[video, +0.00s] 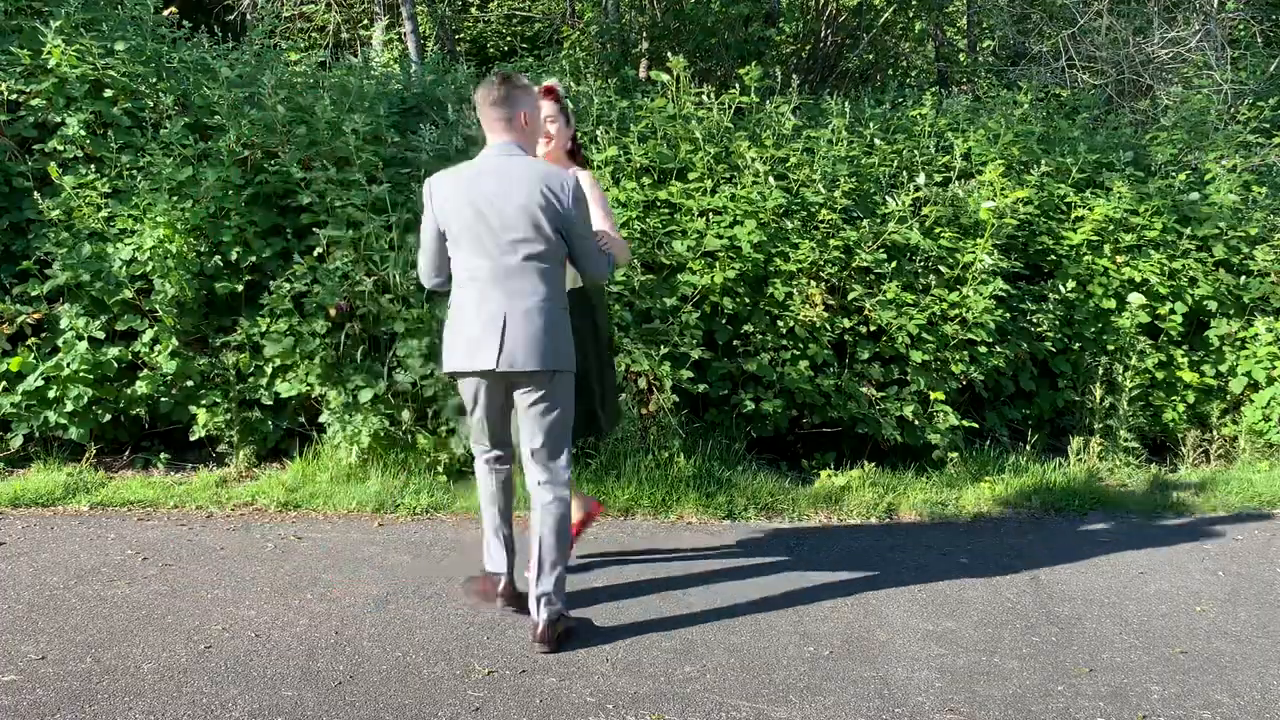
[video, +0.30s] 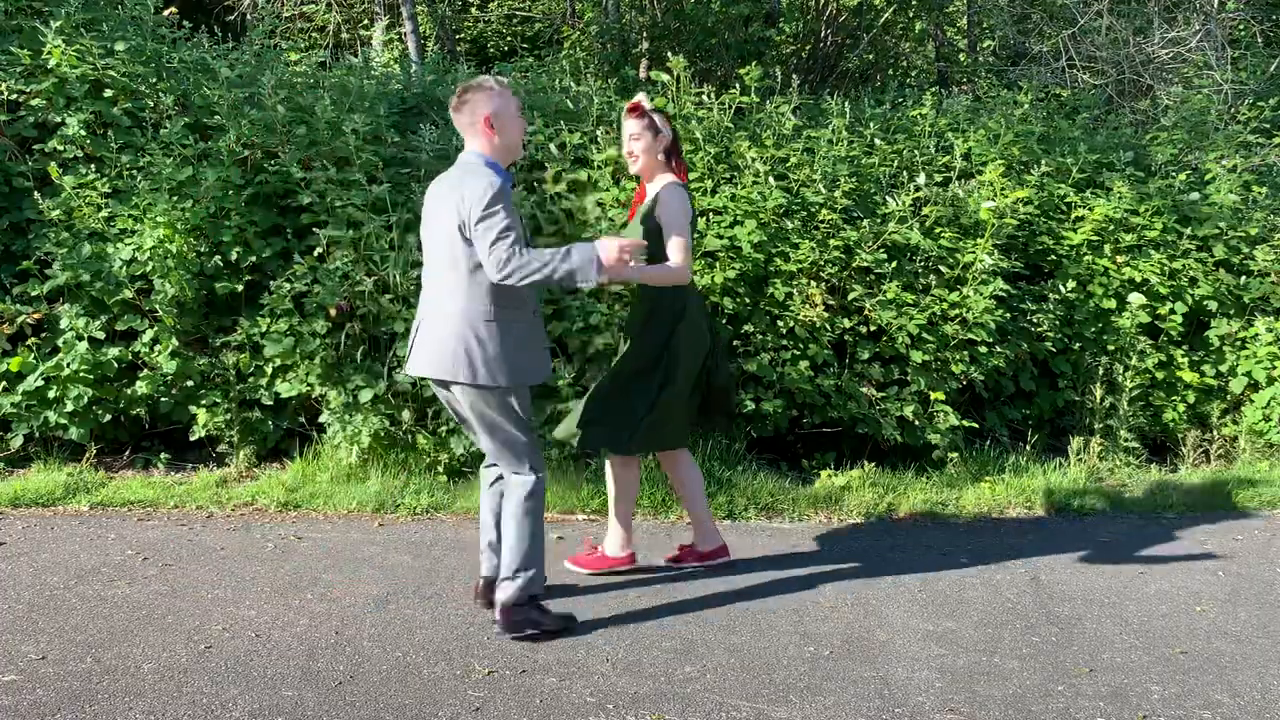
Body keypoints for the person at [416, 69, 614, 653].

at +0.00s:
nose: (543, 128)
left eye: (539, 120)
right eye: (539, 120)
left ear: (481, 122)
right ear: (532, 123)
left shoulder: (442, 186)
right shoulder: (558, 182)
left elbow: (432, 276)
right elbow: (595, 270)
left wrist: (477, 261)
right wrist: (604, 249)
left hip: (472, 343)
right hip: (542, 344)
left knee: (490, 458)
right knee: (548, 469)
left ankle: (500, 574)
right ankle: (547, 609)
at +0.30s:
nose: (527, 127)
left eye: (524, 116)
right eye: (519, 116)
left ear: (475, 128)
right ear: (489, 124)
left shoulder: (441, 185)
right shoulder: (485, 184)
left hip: (443, 356)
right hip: (480, 359)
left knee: (503, 463)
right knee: (523, 470)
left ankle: (495, 577)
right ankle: (518, 600)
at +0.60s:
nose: (489, 143)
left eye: (489, 134)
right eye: (480, 134)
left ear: (458, 139)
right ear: (442, 138)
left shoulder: (462, 206)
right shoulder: (412, 197)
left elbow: (495, 277)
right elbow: (372, 257)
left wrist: (573, 283)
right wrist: (385, 228)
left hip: (454, 363)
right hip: (414, 364)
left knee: (499, 450)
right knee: (436, 475)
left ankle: (499, 573)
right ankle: (363, 560)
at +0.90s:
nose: (456, 151)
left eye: (463, 144)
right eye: (445, 140)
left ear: (466, 156)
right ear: (414, 144)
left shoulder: (463, 222)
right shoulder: (362, 198)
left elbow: (512, 278)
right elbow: (297, 237)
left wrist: (583, 282)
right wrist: (249, 204)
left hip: (427, 358)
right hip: (368, 354)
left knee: (465, 452)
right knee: (420, 457)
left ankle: (500, 567)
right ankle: (365, 556)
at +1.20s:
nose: (416, 151)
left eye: (425, 144)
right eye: (408, 139)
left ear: (429, 153)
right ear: (379, 137)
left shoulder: (432, 215)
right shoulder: (321, 188)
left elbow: (479, 265)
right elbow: (255, 222)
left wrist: (551, 268)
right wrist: (190, 192)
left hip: (392, 346)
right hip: (327, 342)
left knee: (436, 426)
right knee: (371, 440)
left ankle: (429, 542)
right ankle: (360, 558)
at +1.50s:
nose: (394, 154)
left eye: (403, 147)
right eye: (386, 142)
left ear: (409, 155)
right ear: (359, 141)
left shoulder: (416, 217)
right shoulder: (305, 194)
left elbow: (460, 271)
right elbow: (242, 232)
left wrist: (526, 280)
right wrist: (174, 209)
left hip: (370, 350)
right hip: (312, 343)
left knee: (376, 451)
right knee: (360, 440)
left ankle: (277, 481)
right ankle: (360, 559)